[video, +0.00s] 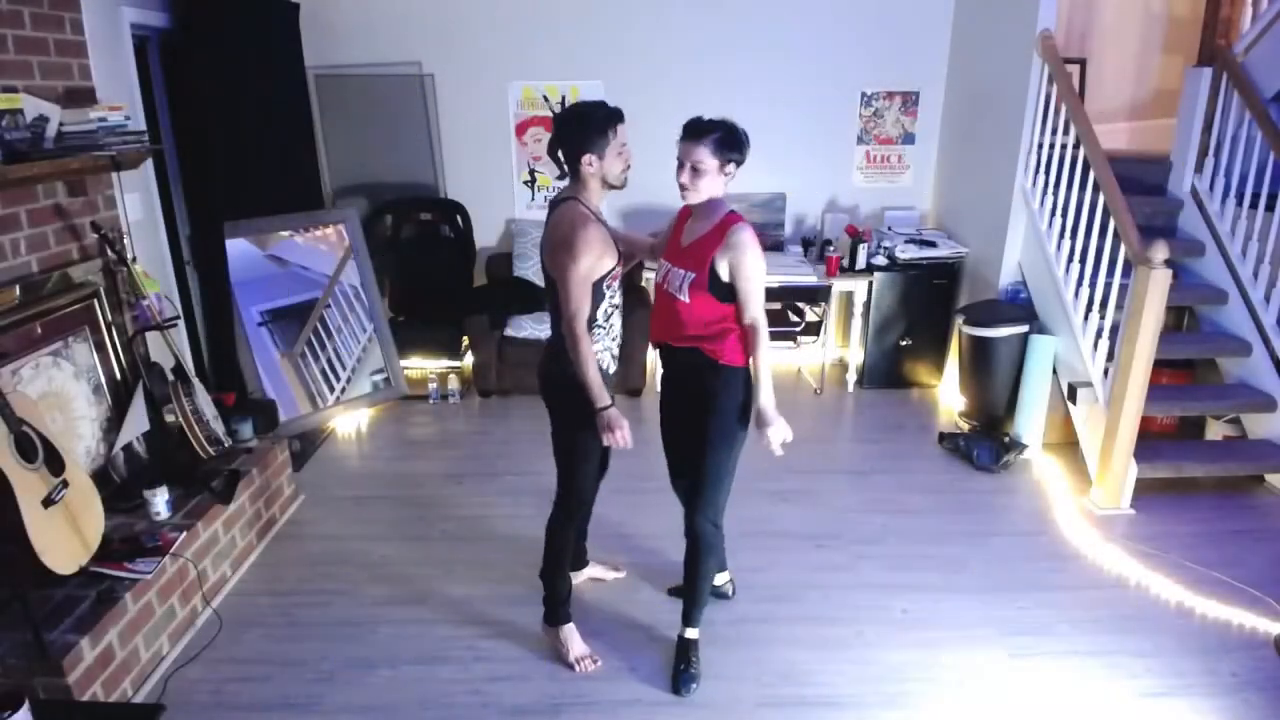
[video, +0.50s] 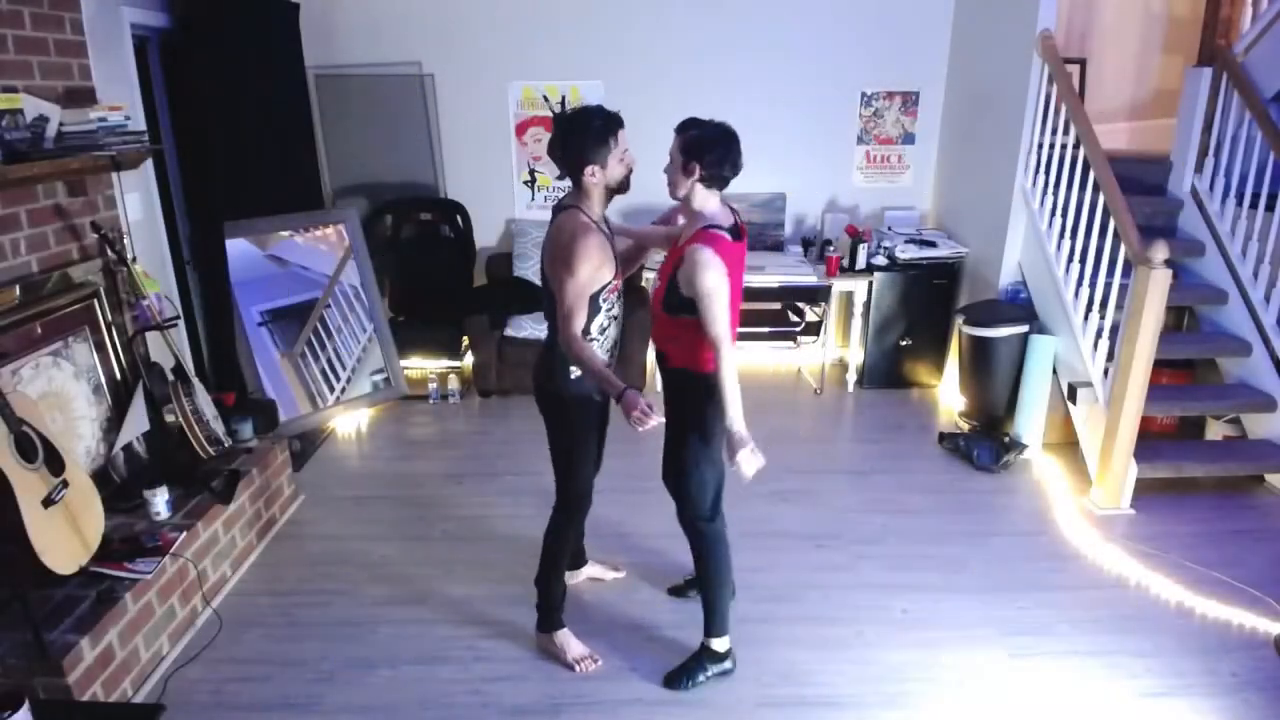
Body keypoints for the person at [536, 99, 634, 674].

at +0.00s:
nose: (629, 156)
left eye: (626, 144)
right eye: (620, 147)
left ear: (582, 158)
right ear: (590, 158)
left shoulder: (578, 212)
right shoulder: (579, 228)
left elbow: (614, 252)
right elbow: (574, 328)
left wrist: (645, 250)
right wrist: (603, 406)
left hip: (579, 364)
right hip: (575, 373)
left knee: (588, 473)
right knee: (574, 495)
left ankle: (572, 560)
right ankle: (558, 617)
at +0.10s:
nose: (629, 158)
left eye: (626, 147)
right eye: (620, 149)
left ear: (584, 161)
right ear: (591, 162)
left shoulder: (586, 213)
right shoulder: (578, 231)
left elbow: (621, 249)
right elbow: (578, 333)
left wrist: (664, 244)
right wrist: (614, 404)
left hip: (588, 364)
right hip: (574, 373)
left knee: (596, 472)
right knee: (577, 497)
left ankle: (575, 561)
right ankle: (556, 620)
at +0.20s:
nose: (630, 161)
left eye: (627, 150)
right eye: (621, 152)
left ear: (587, 166)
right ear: (591, 166)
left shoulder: (588, 213)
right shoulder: (579, 233)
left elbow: (613, 247)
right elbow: (577, 335)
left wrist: (659, 243)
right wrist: (620, 402)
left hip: (590, 367)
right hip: (574, 376)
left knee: (597, 474)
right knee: (580, 494)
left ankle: (575, 559)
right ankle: (556, 620)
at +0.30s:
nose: (630, 161)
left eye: (627, 150)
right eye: (621, 153)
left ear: (588, 169)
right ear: (591, 169)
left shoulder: (589, 216)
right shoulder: (579, 236)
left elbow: (614, 251)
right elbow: (574, 337)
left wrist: (665, 238)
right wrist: (624, 397)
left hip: (590, 368)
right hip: (570, 376)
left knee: (593, 477)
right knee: (581, 495)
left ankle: (576, 561)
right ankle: (554, 621)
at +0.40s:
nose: (630, 160)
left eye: (627, 150)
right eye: (621, 152)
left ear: (588, 170)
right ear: (591, 170)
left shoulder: (589, 217)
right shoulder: (580, 237)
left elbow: (623, 250)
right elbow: (573, 334)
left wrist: (678, 231)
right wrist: (623, 394)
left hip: (588, 370)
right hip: (570, 378)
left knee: (590, 478)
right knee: (579, 496)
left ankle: (575, 561)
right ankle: (552, 622)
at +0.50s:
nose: (629, 158)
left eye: (625, 149)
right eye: (621, 151)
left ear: (586, 171)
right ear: (593, 171)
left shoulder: (587, 217)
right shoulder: (580, 240)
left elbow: (626, 244)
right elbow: (570, 338)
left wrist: (680, 231)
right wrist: (622, 391)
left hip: (584, 373)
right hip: (570, 380)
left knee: (581, 479)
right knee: (572, 497)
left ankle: (573, 563)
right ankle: (549, 625)